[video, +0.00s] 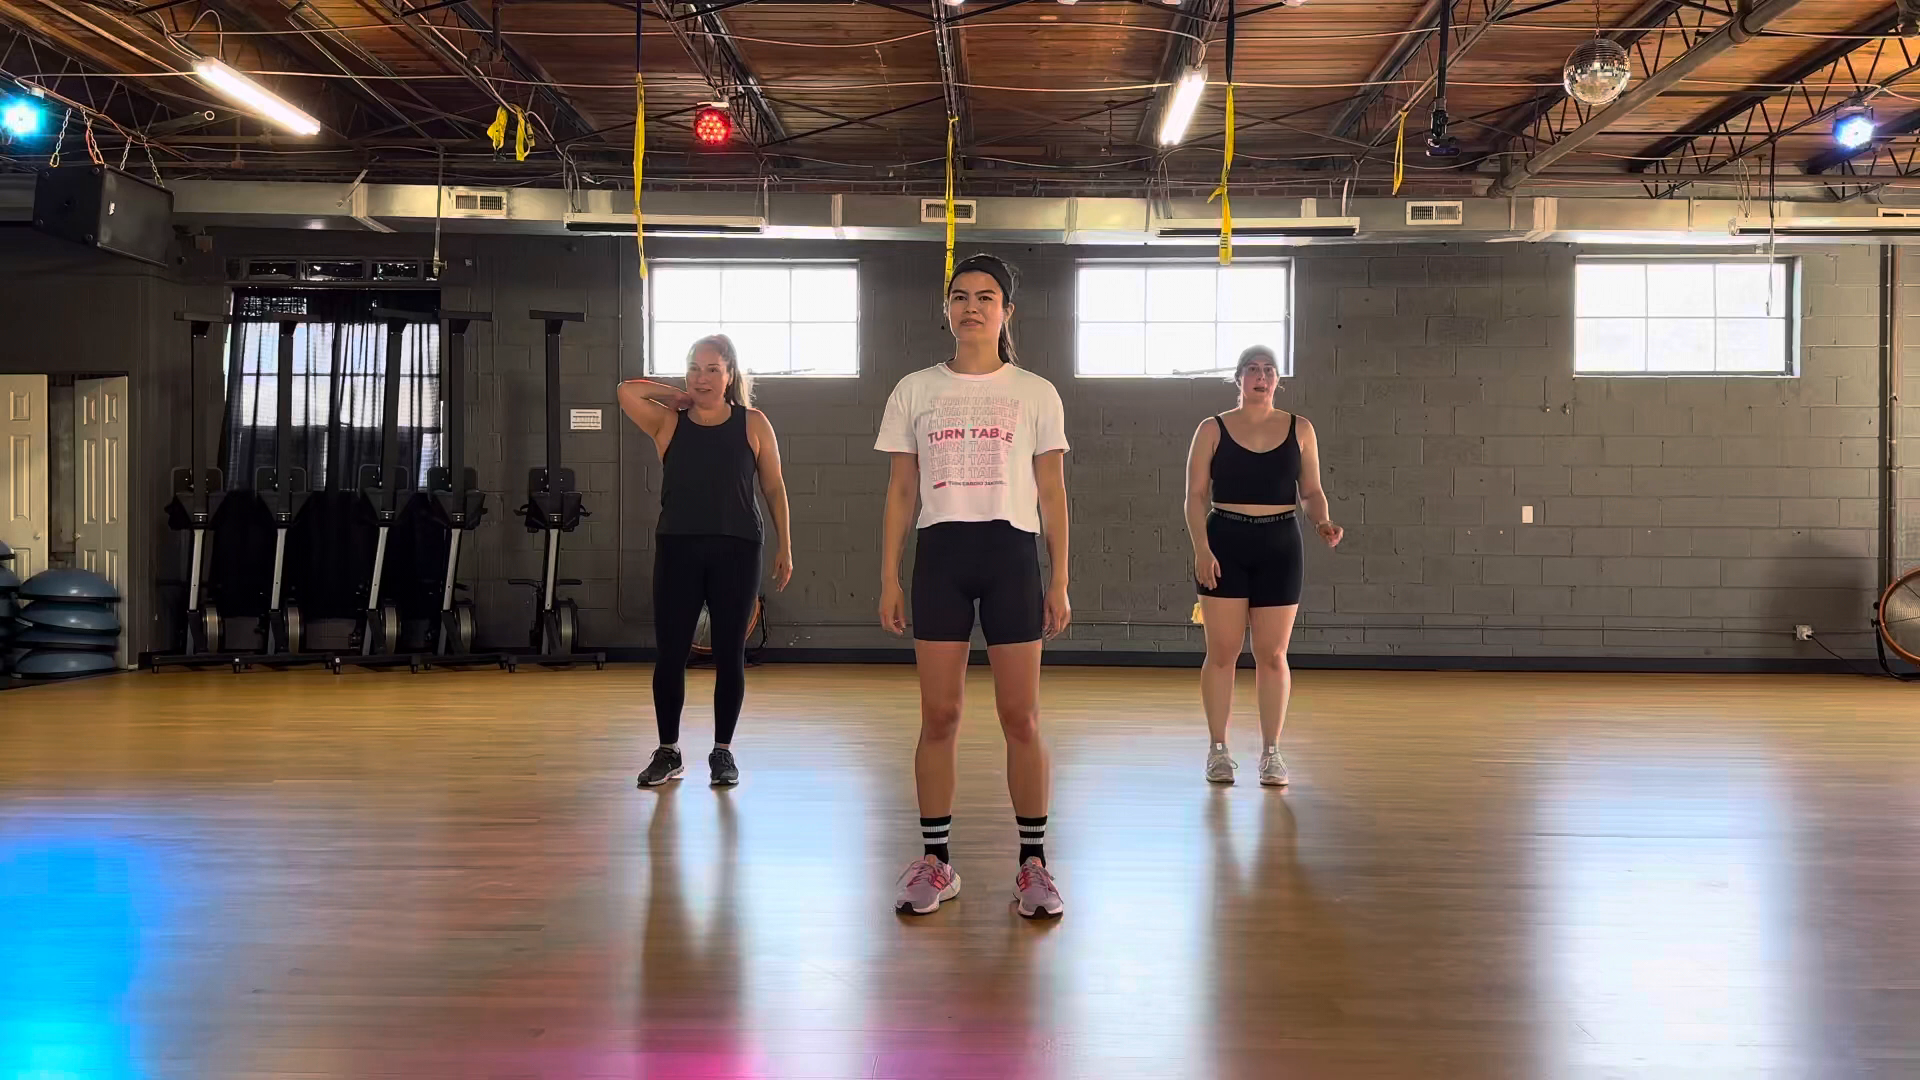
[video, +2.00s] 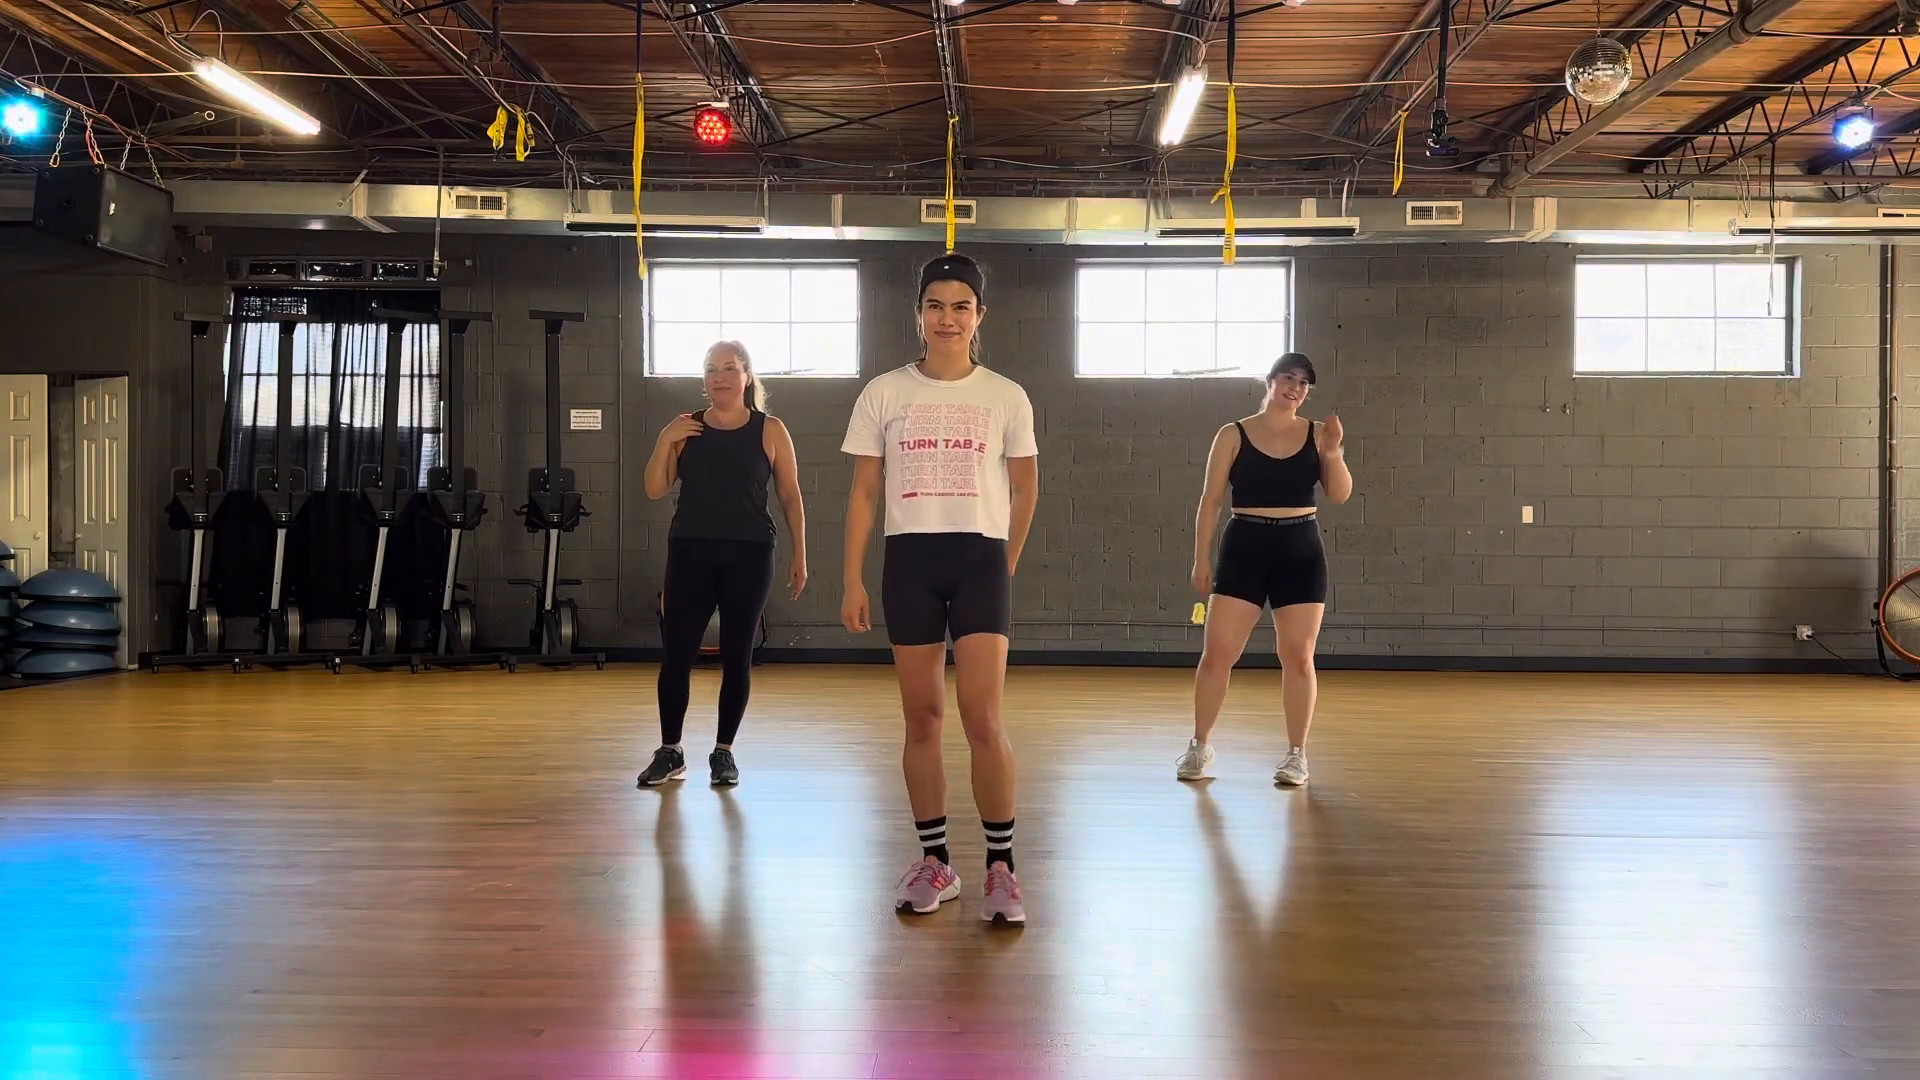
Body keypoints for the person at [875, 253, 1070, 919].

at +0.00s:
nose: (970, 306)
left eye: (984, 297)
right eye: (960, 297)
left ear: (1006, 313)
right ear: (947, 311)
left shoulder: (1036, 392)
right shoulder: (914, 390)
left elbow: (1052, 493)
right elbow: (901, 492)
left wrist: (1060, 580)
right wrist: (890, 576)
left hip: (1014, 560)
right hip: (939, 559)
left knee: (1021, 719)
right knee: (938, 717)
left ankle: (1034, 864)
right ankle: (935, 862)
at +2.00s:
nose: (947, 316)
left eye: (960, 306)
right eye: (936, 305)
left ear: (978, 315)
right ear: (919, 313)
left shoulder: (1007, 398)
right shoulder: (884, 393)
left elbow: (1025, 492)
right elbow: (864, 494)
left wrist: (1003, 566)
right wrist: (852, 580)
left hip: (982, 563)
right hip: (909, 562)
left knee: (983, 721)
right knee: (922, 719)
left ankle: (1001, 871)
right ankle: (934, 863)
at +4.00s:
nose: (994, 250)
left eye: (1010, 233)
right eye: (976, 233)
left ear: (1031, 247)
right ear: (949, 244)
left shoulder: (1052, 357)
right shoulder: (902, 329)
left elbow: (1050, 491)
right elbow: (863, 465)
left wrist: (1101, 593)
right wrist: (835, 586)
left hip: (1032, 575)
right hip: (935, 573)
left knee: (1000, 797)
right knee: (959, 786)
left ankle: (979, 1021)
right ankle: (986, 952)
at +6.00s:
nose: (984, 205)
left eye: (989, 189)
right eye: (990, 187)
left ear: (1004, 199)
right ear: (1089, 194)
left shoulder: (980, 328)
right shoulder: (1156, 318)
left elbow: (944, 498)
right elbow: (1192, 465)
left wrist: (864, 605)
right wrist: (1176, 574)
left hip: (976, 578)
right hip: (1085, 588)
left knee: (998, 833)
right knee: (1051, 835)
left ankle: (1038, 1035)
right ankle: (1023, 1031)